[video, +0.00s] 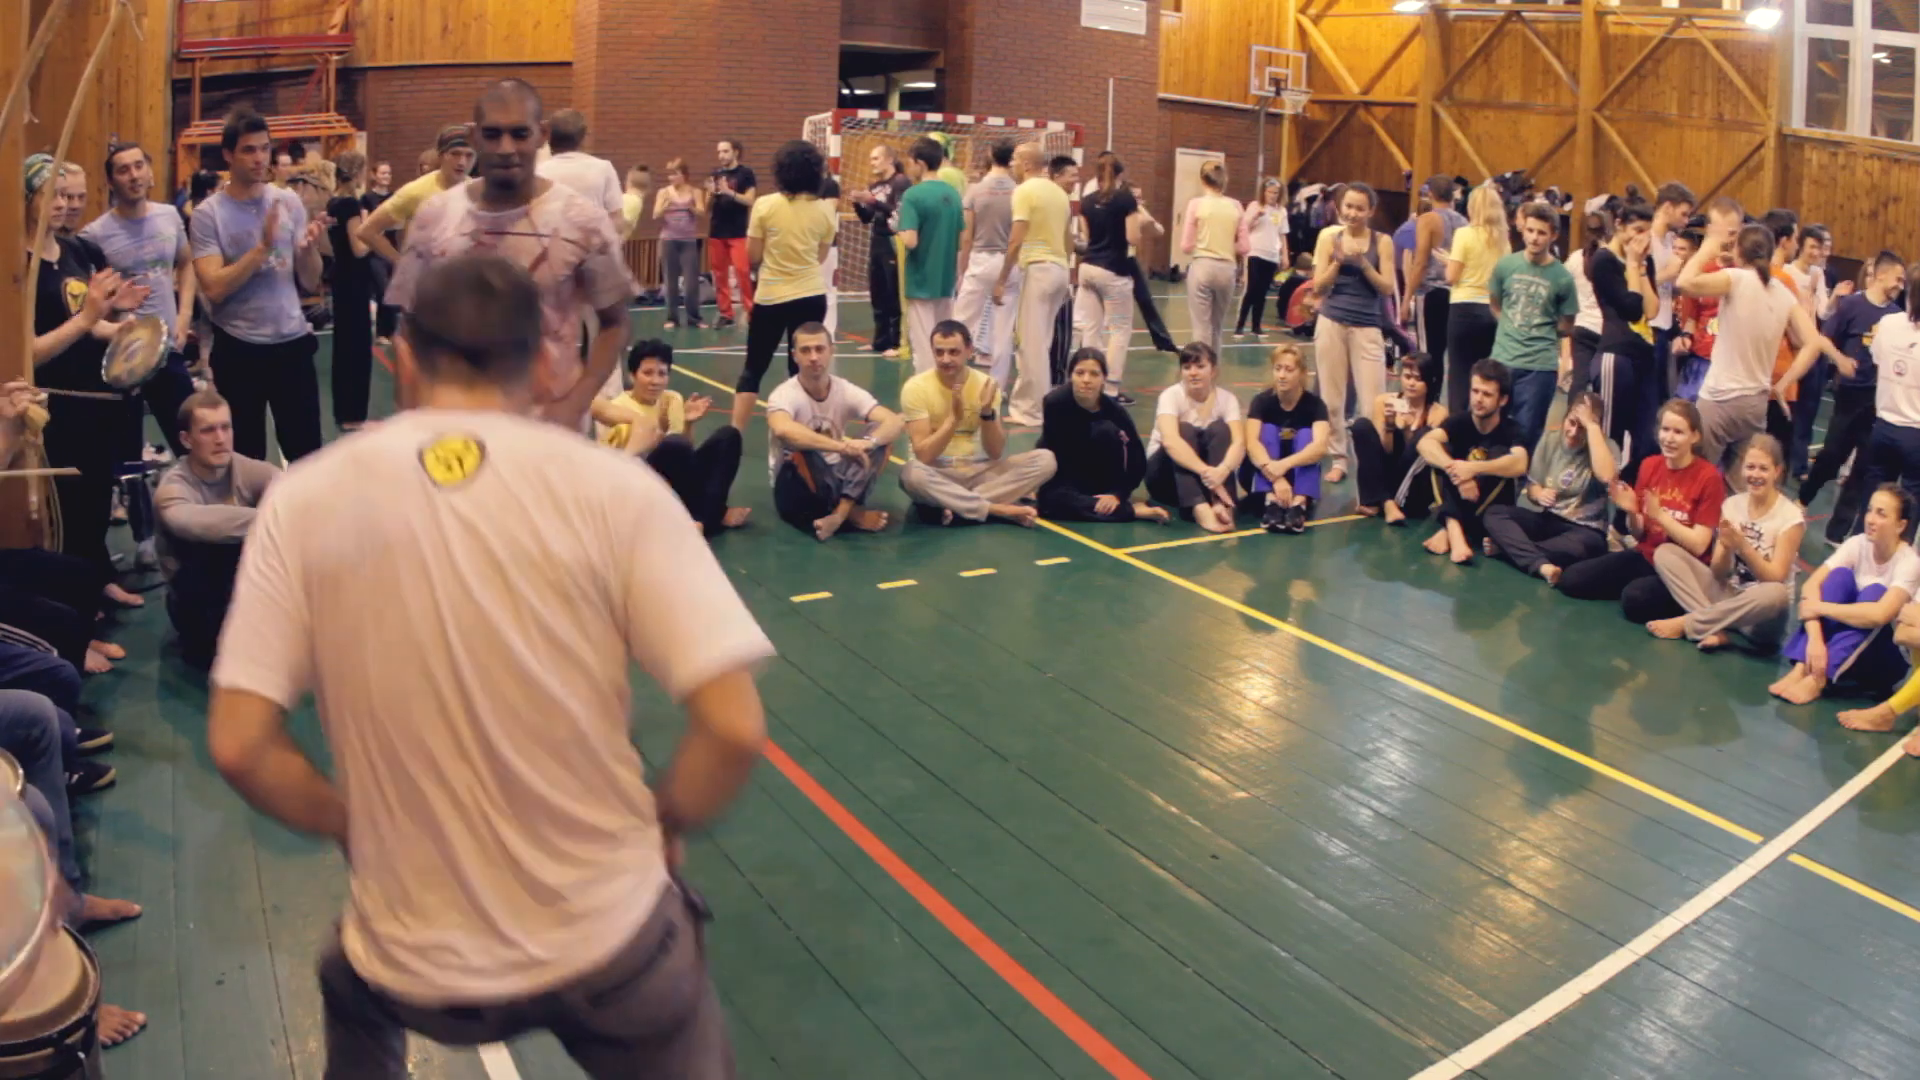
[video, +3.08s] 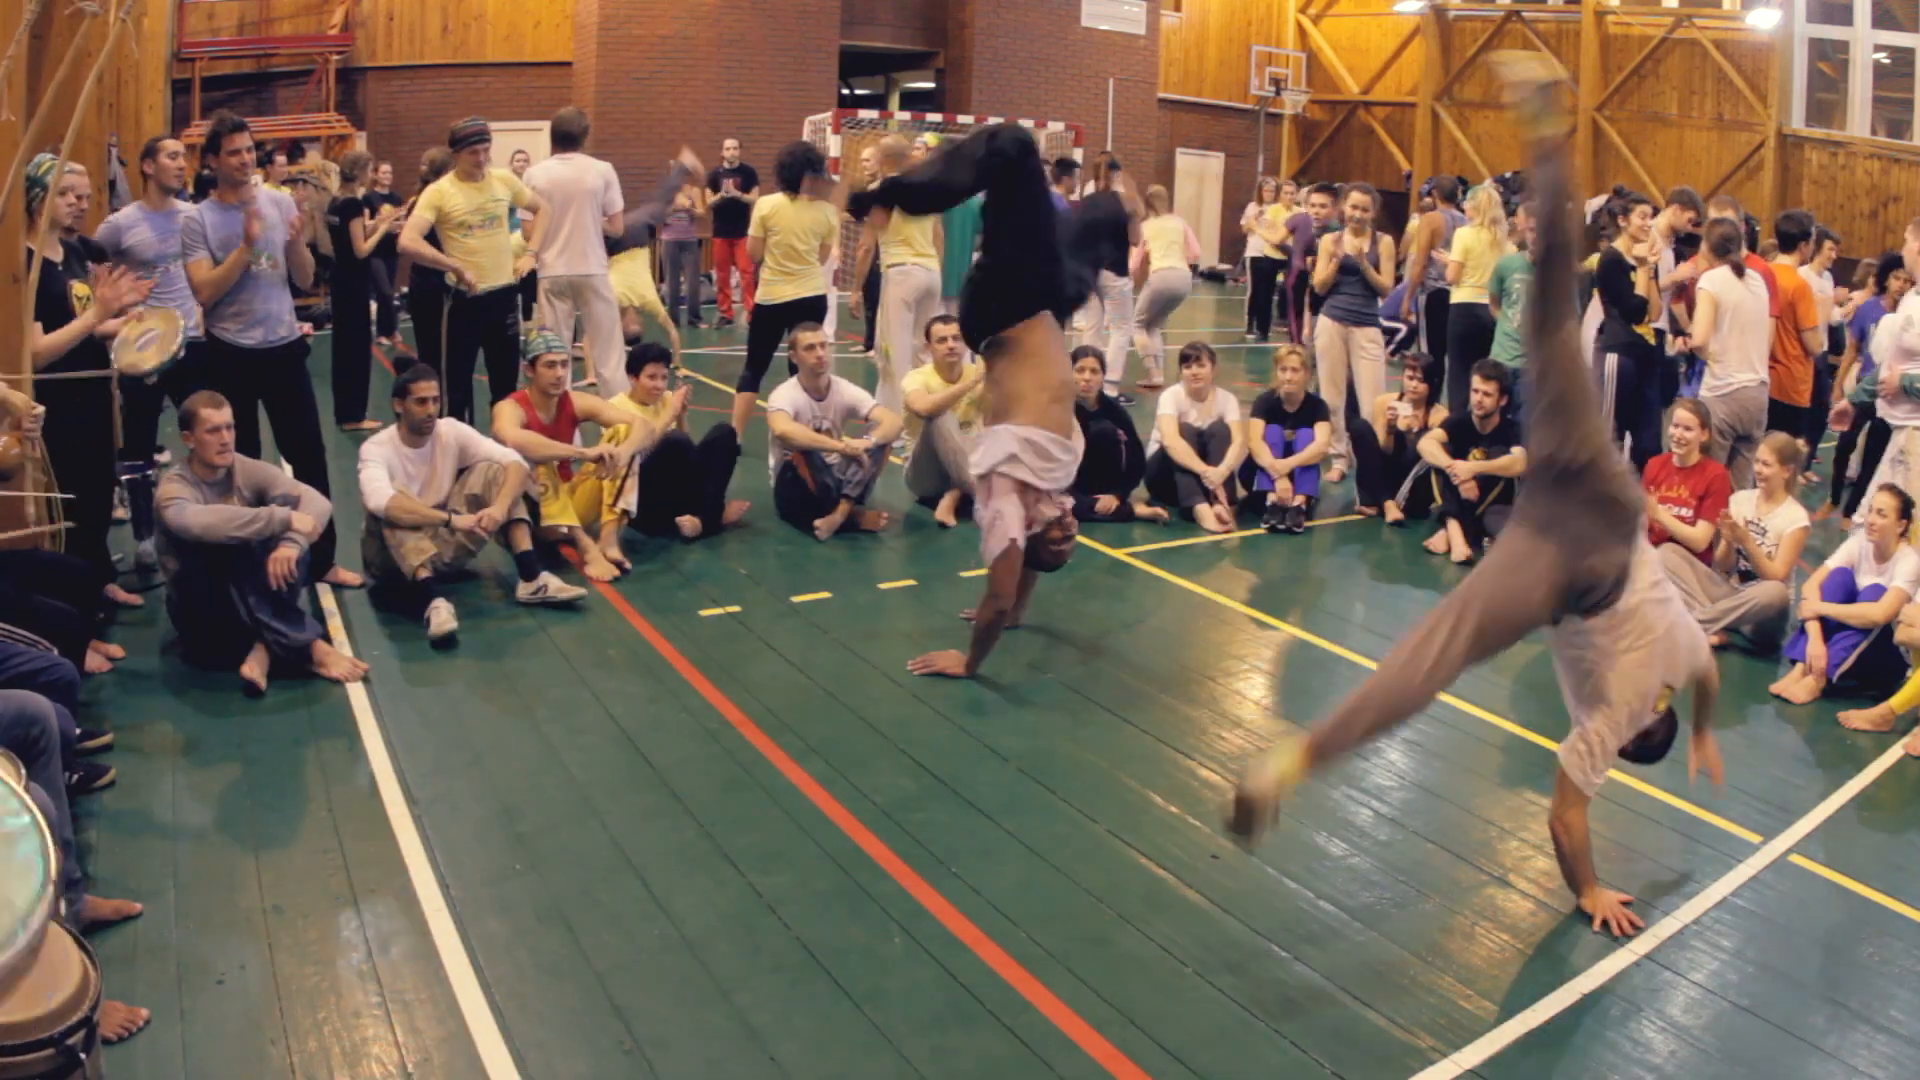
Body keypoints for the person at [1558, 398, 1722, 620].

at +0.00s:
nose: (1669, 438)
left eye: (1678, 432)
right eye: (1665, 429)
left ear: (1695, 437)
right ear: (1658, 431)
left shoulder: (1709, 477)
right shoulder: (1649, 465)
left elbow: (1698, 545)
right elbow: (1638, 533)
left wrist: (1660, 514)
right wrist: (1631, 511)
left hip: (1682, 567)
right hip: (1646, 556)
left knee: (1634, 601)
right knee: (1570, 581)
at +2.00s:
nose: (1669, 437)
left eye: (1678, 430)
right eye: (1665, 429)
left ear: (1695, 434)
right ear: (1657, 432)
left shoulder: (1712, 476)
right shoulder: (1651, 466)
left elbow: (1700, 544)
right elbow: (1640, 532)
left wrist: (1661, 519)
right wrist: (1632, 513)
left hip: (1683, 567)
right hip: (1647, 556)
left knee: (1634, 601)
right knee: (1570, 581)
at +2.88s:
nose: (1674, 437)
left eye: (1683, 431)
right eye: (1670, 428)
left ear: (1700, 434)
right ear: (1662, 430)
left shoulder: (1713, 475)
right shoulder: (1652, 465)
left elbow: (1698, 542)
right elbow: (1639, 533)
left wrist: (1653, 517)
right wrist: (1643, 516)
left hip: (1685, 564)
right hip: (1647, 555)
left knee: (1634, 599)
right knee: (1598, 575)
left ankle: (1693, 603)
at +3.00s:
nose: (1676, 435)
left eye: (1685, 429)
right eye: (1672, 427)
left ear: (1702, 434)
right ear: (1666, 428)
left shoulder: (1715, 476)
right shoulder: (1654, 466)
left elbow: (1700, 542)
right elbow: (1641, 533)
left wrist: (1659, 515)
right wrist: (1637, 515)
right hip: (1646, 557)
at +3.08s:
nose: (1678, 435)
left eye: (1687, 429)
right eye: (1675, 426)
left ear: (1704, 434)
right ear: (1669, 428)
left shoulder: (1716, 475)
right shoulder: (1654, 465)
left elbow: (1699, 541)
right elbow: (1639, 518)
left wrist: (1657, 513)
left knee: (1668, 551)